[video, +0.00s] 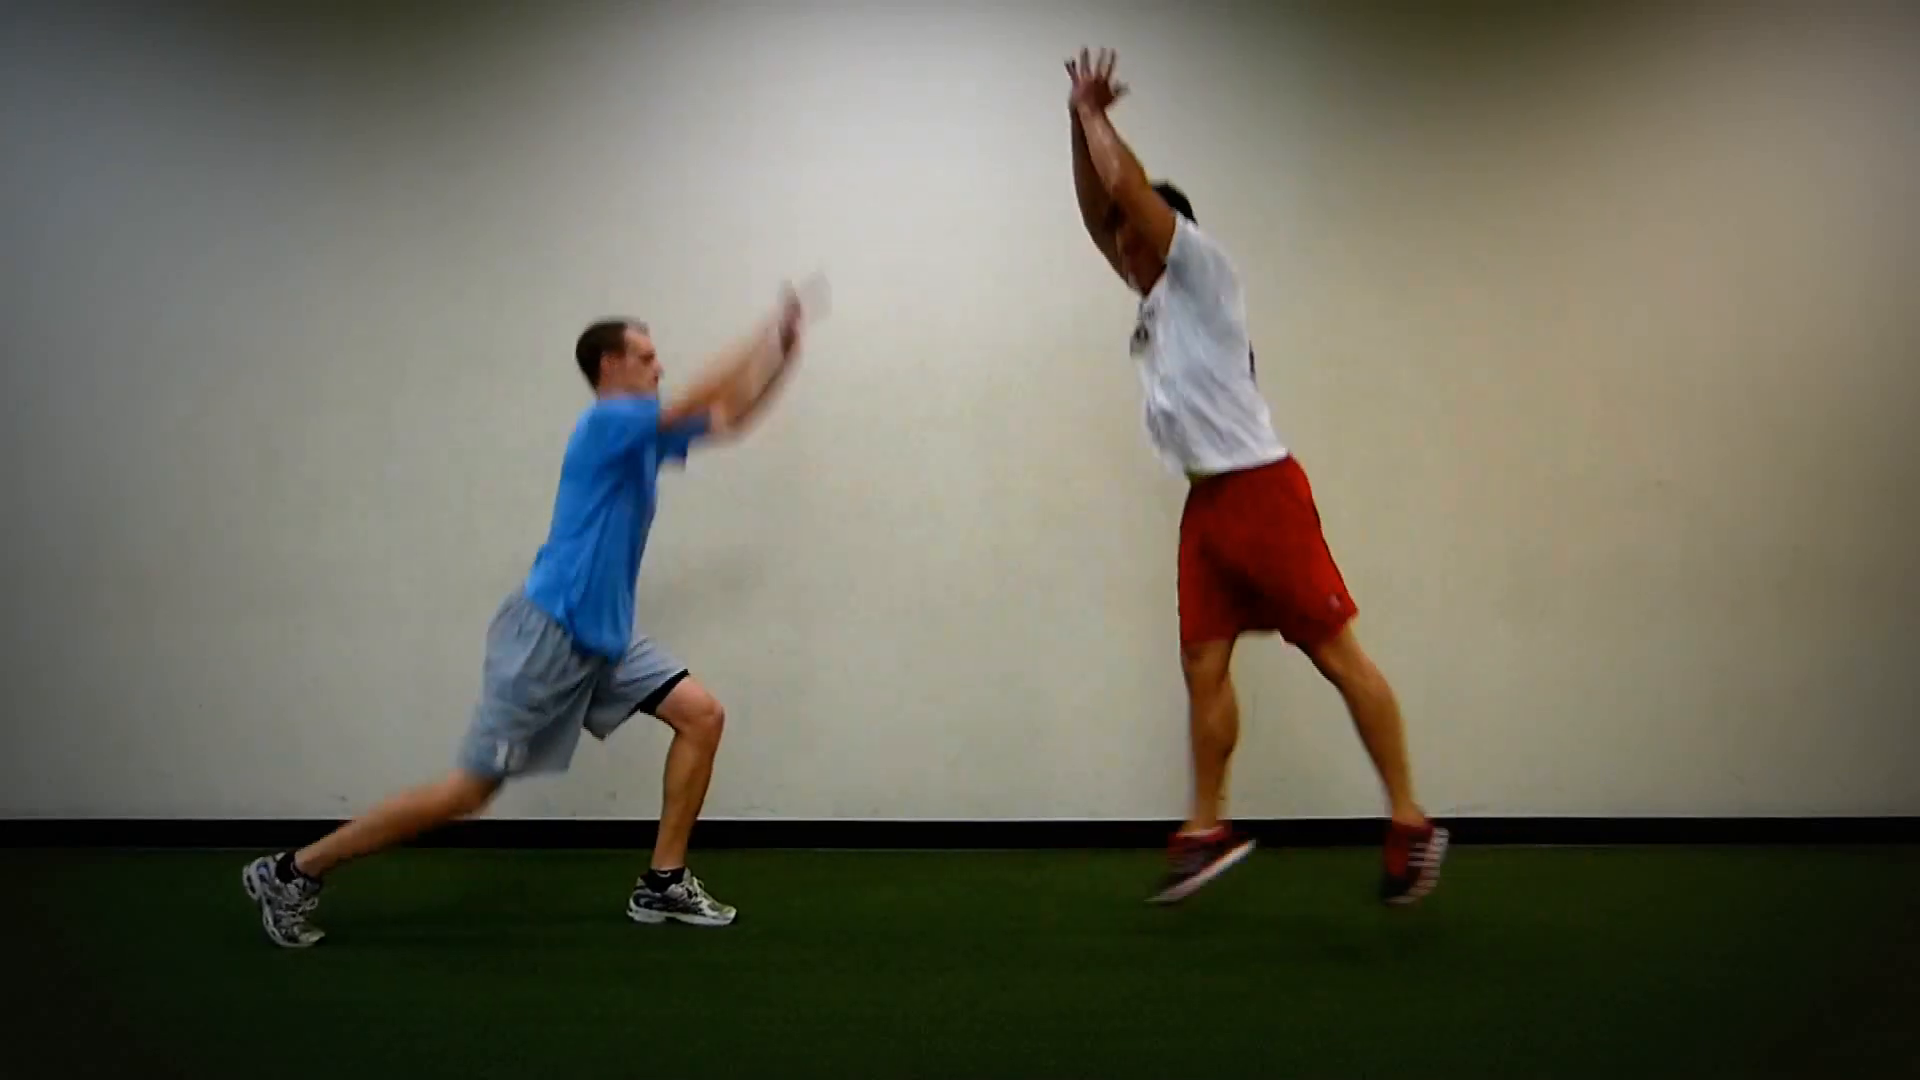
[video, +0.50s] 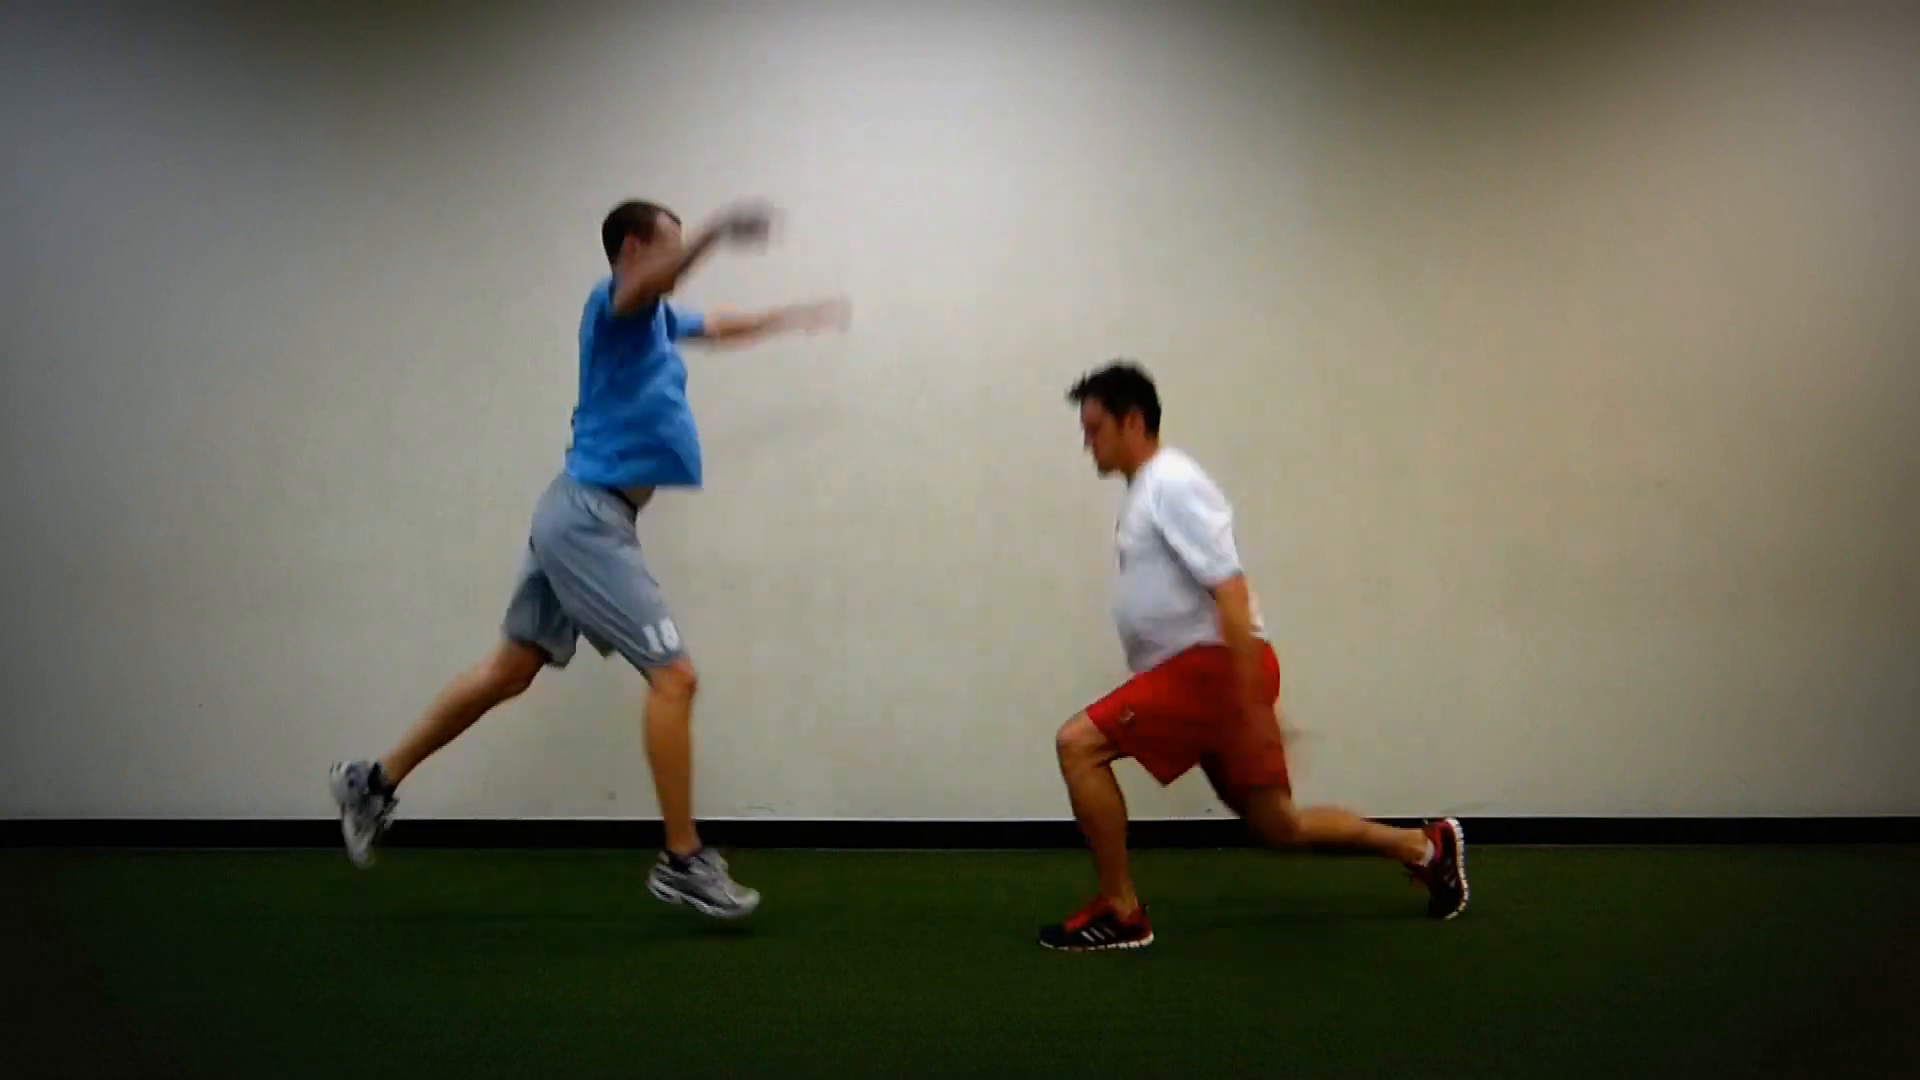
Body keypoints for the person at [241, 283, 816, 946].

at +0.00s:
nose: (660, 364)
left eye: (656, 354)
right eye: (647, 355)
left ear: (632, 366)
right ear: (612, 366)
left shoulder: (643, 430)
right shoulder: (607, 420)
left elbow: (729, 418)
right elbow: (696, 405)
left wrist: (784, 359)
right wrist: (765, 337)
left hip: (604, 637)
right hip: (550, 632)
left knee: (700, 715)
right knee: (466, 795)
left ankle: (665, 881)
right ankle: (292, 872)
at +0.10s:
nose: (669, 266)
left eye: (668, 257)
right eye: (658, 257)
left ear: (644, 275)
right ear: (627, 271)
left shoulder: (655, 333)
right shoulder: (617, 325)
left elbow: (711, 264)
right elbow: (687, 242)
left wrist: (745, 189)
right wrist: (726, 153)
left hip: (606, 555)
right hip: (557, 543)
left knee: (641, 701)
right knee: (465, 696)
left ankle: (659, 870)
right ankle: (345, 835)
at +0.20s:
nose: (679, 212)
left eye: (679, 202)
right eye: (667, 200)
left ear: (659, 211)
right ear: (639, 204)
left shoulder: (657, 265)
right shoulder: (618, 255)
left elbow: (702, 172)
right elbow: (674, 159)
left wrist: (731, 85)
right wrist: (707, 61)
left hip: (616, 487)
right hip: (576, 475)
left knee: (582, 656)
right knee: (514, 647)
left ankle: (574, 823)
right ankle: (413, 799)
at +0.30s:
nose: (681, 185)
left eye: (686, 177)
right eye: (669, 171)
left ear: (671, 191)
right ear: (637, 176)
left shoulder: (654, 233)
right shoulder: (618, 224)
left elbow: (708, 162)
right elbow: (673, 135)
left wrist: (749, 90)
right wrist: (714, 33)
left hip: (603, 461)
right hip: (583, 455)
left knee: (565, 633)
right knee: (579, 637)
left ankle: (469, 770)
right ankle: (496, 796)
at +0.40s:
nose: (680, 210)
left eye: (681, 198)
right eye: (667, 196)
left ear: (665, 211)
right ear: (632, 200)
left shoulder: (660, 255)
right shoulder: (615, 246)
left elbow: (725, 215)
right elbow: (669, 170)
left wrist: (781, 164)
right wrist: (732, 77)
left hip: (590, 471)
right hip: (585, 470)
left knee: (535, 633)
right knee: (630, 644)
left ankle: (408, 747)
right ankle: (601, 822)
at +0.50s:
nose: (679, 252)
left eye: (682, 243)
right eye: (669, 241)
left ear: (644, 247)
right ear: (631, 247)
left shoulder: (659, 316)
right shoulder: (613, 307)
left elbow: (720, 327)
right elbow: (646, 283)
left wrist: (797, 317)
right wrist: (715, 233)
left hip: (583, 516)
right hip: (587, 518)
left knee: (509, 673)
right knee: (674, 678)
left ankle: (377, 782)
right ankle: (683, 859)